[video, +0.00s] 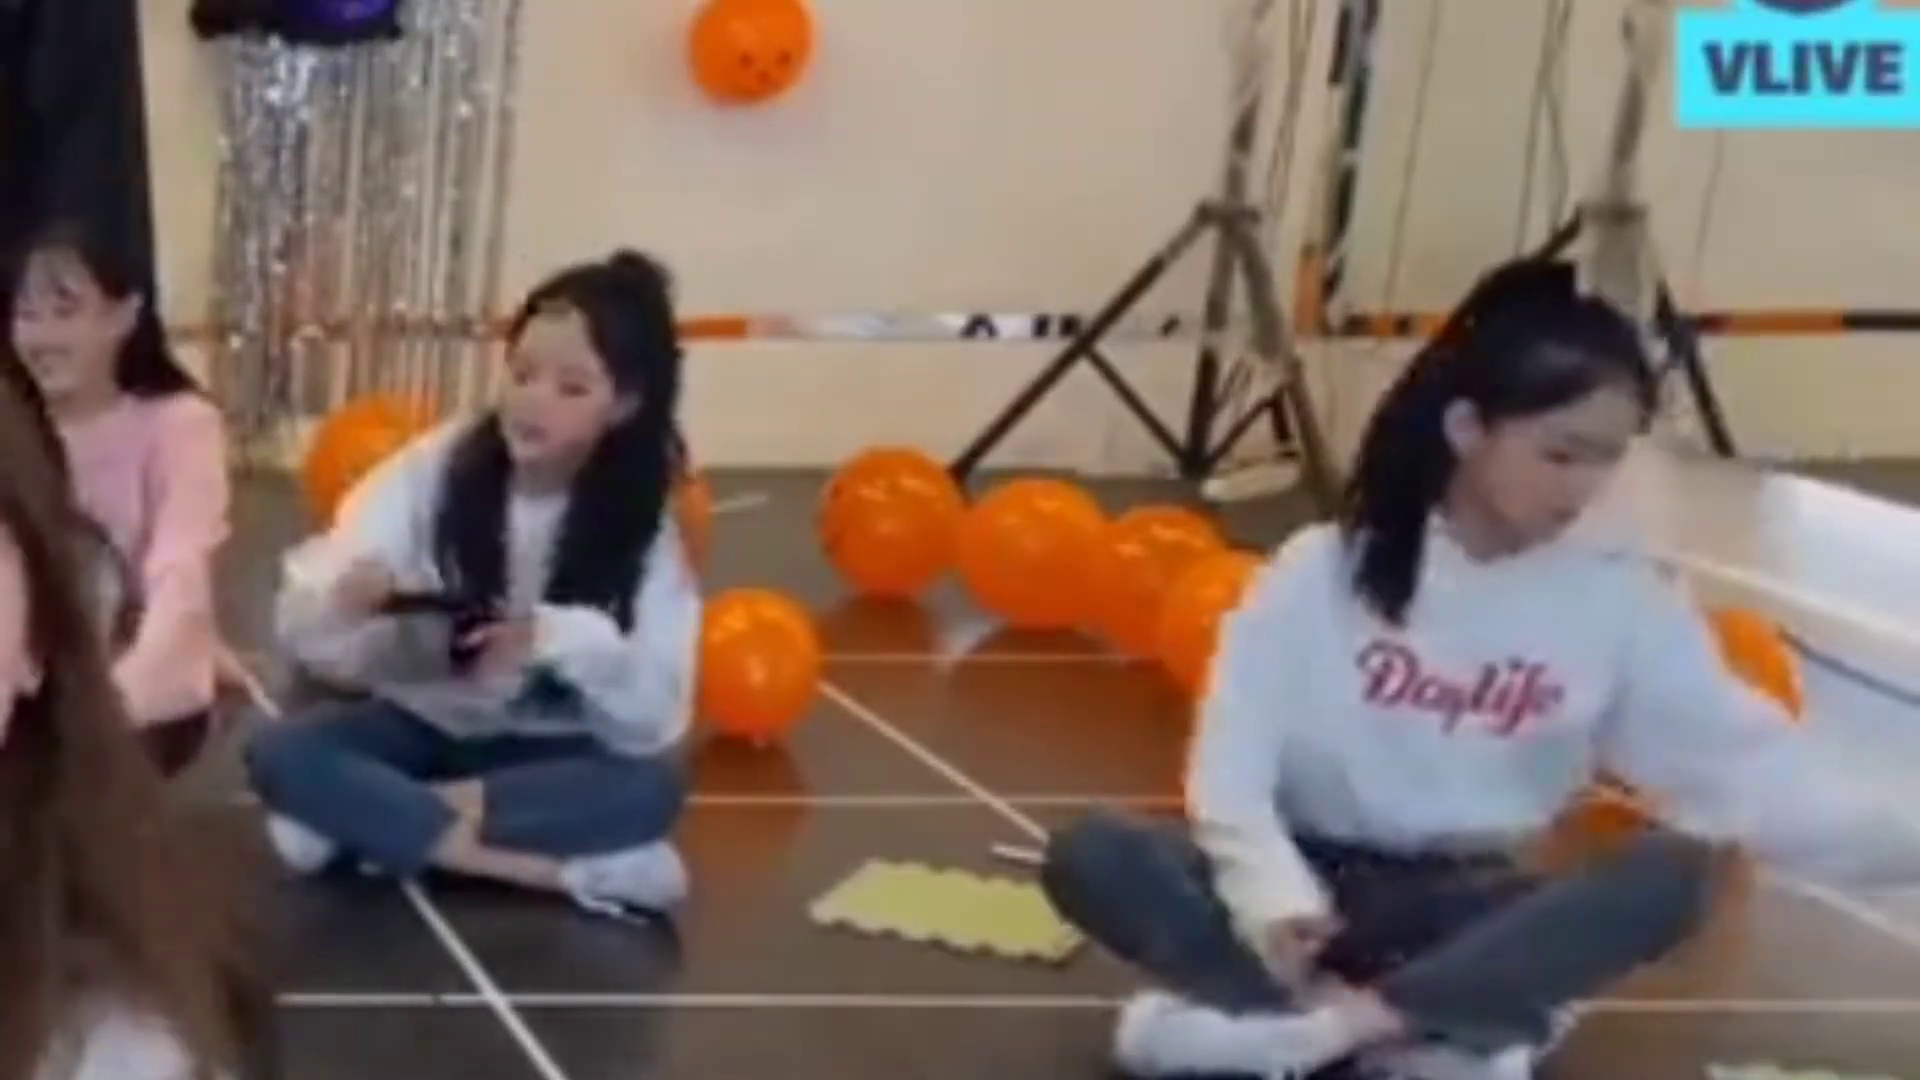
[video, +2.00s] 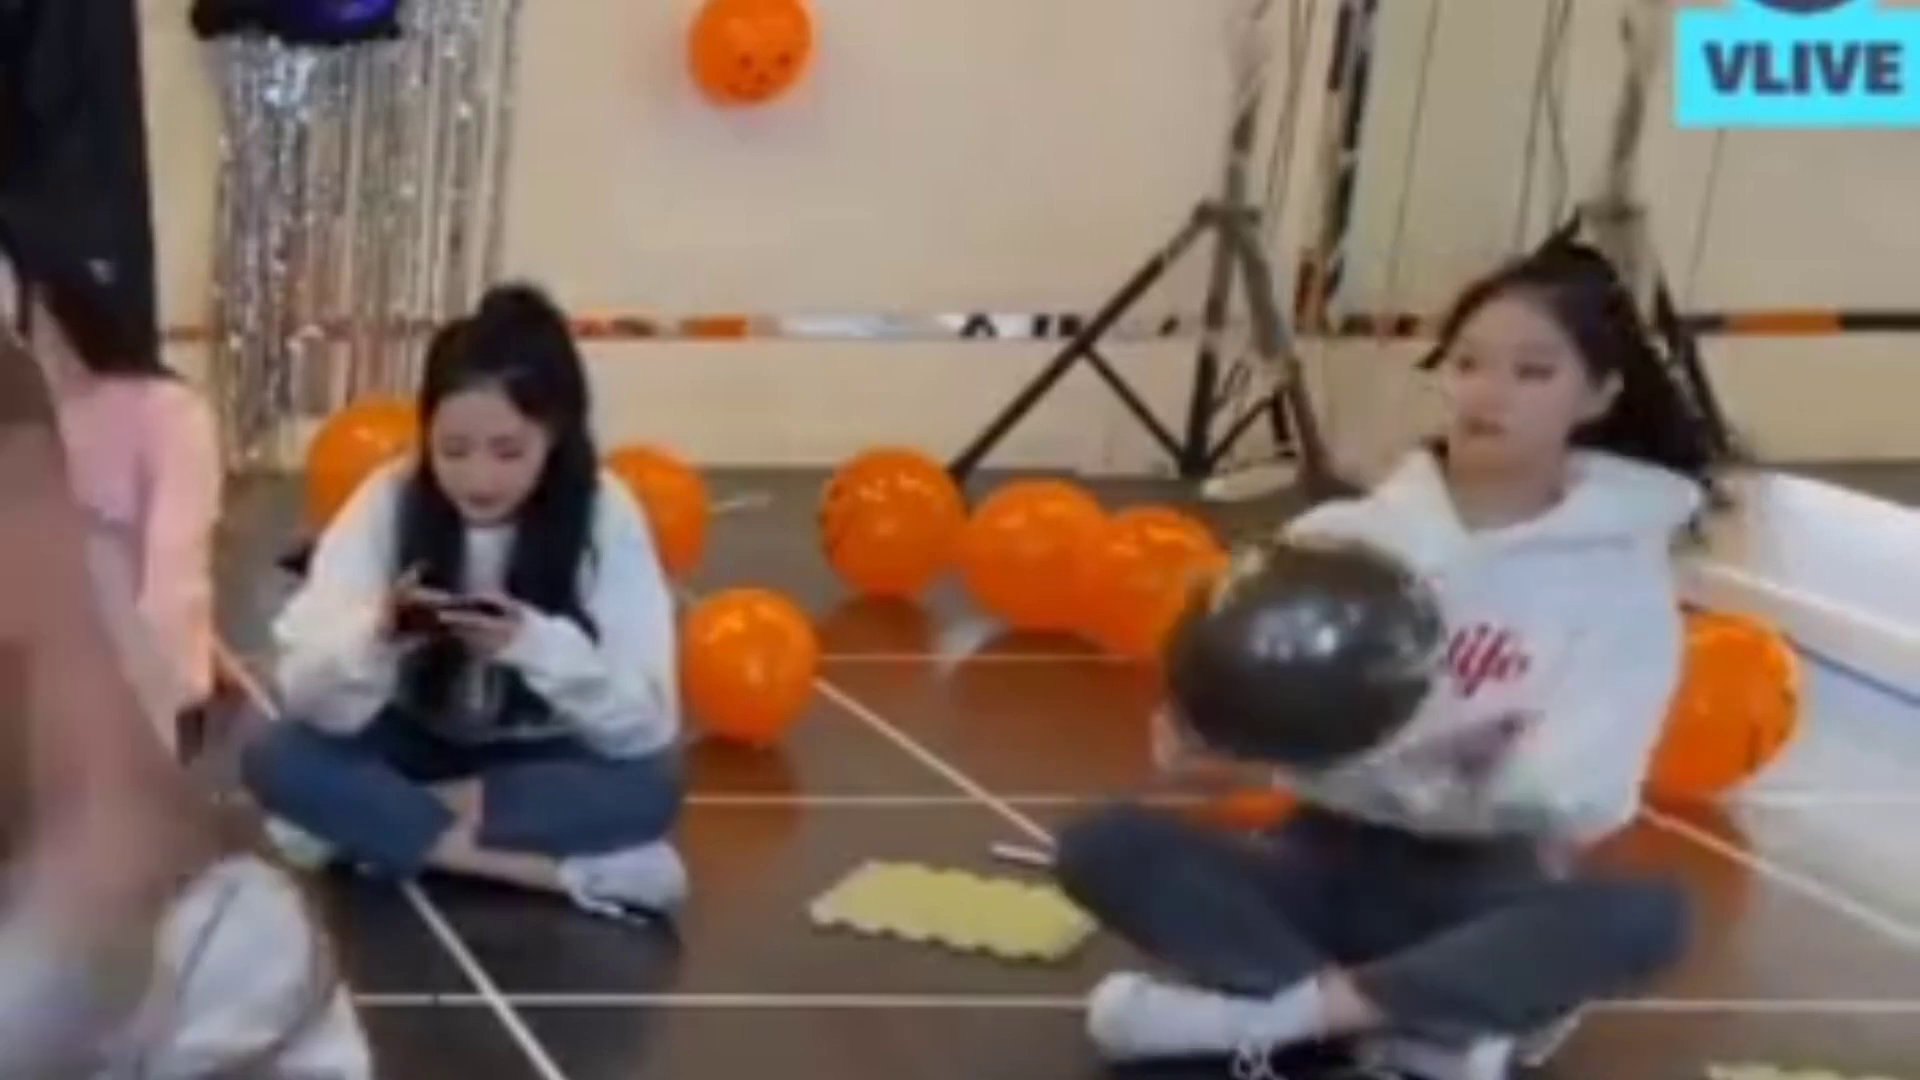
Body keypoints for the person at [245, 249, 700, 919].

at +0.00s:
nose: (531, 407)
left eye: (570, 390)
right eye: (522, 375)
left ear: (627, 406)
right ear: (503, 369)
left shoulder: (636, 521)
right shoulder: (438, 468)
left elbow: (655, 713)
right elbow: (301, 632)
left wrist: (556, 640)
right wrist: (346, 608)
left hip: (549, 738)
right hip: (421, 719)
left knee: (648, 792)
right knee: (283, 754)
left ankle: (369, 833)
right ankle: (555, 876)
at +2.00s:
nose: (478, 480)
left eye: (508, 454)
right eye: (454, 452)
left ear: (556, 441)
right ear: (425, 436)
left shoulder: (604, 516)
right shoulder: (387, 502)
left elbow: (645, 723)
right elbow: (310, 700)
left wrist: (531, 644)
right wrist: (381, 636)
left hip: (545, 742)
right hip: (410, 734)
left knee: (648, 790)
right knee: (275, 757)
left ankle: (366, 837)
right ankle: (550, 877)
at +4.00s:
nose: (480, 484)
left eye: (510, 456)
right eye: (454, 455)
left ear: (558, 440)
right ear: (425, 438)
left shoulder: (603, 515)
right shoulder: (387, 501)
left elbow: (645, 724)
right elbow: (307, 700)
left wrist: (532, 644)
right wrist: (383, 639)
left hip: (545, 743)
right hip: (408, 735)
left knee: (648, 790)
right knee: (277, 759)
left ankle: (366, 837)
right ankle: (549, 877)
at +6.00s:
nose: (482, 487)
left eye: (512, 459)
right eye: (457, 458)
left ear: (559, 445)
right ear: (426, 440)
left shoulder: (603, 513)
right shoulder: (389, 501)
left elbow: (644, 724)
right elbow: (305, 698)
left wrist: (529, 643)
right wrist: (383, 647)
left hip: (542, 744)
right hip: (409, 739)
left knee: (647, 789)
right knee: (276, 761)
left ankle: (367, 839)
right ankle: (550, 877)